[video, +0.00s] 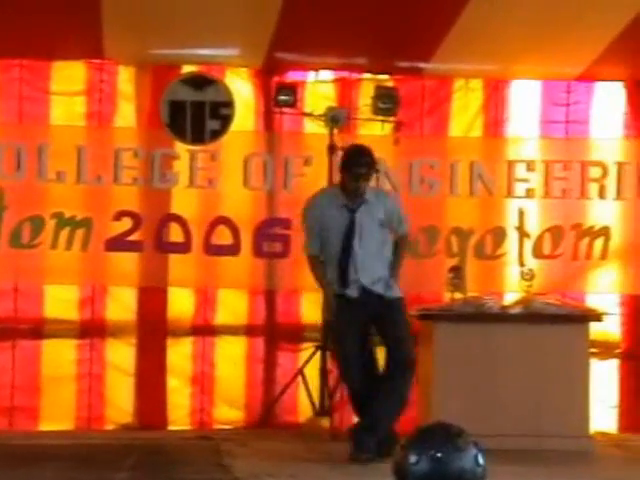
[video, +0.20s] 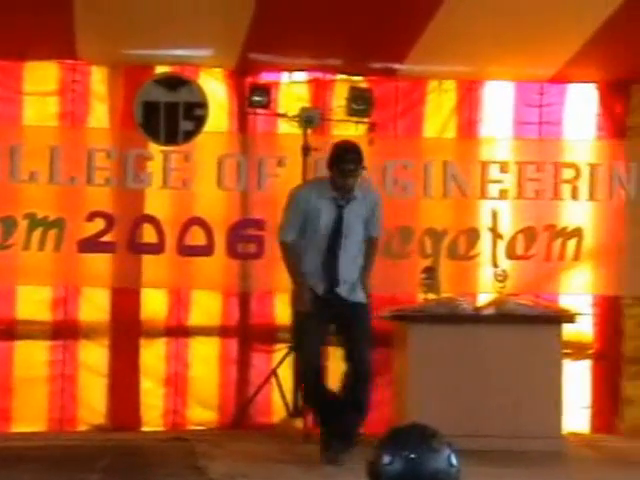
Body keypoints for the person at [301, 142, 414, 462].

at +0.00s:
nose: (360, 186)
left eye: (365, 179)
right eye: (354, 178)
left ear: (372, 177)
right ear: (341, 175)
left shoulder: (384, 203)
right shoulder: (319, 206)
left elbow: (402, 236)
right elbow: (314, 253)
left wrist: (392, 275)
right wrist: (328, 287)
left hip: (383, 294)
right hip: (344, 298)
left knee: (402, 361)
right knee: (355, 370)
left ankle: (369, 434)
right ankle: (383, 435)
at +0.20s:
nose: (348, 182)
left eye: (354, 175)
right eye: (342, 175)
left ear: (361, 172)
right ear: (330, 170)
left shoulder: (369, 199)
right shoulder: (305, 196)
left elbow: (372, 239)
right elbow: (287, 240)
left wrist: (365, 280)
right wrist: (299, 283)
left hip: (353, 294)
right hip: (313, 294)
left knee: (361, 366)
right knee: (309, 371)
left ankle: (343, 433)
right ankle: (335, 425)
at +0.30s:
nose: (348, 185)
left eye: (353, 178)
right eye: (342, 178)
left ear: (361, 175)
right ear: (329, 173)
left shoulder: (371, 202)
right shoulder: (304, 198)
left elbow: (374, 244)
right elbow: (283, 241)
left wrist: (362, 283)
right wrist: (290, 281)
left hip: (344, 299)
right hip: (304, 294)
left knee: (339, 374)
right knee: (280, 353)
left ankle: (327, 443)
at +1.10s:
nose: (320, 179)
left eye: (325, 171)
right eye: (314, 171)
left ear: (332, 169)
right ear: (300, 168)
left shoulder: (343, 196)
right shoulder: (276, 197)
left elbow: (351, 242)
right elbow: (263, 246)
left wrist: (338, 286)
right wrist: (277, 285)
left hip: (320, 296)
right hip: (283, 294)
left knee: (312, 373)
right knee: (278, 371)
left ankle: (280, 436)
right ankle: (285, 444)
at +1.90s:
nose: (296, 149)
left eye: (301, 140)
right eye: (289, 141)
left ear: (308, 140)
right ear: (276, 141)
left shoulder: (322, 176)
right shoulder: (251, 177)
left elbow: (329, 222)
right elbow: (238, 231)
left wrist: (329, 262)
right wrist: (255, 277)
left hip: (314, 282)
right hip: (273, 284)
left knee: (331, 356)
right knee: (283, 359)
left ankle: (321, 422)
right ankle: (306, 422)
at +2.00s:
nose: (300, 145)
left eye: (306, 137)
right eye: (293, 137)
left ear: (314, 141)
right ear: (281, 141)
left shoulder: (331, 180)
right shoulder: (257, 179)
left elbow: (339, 227)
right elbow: (236, 234)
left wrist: (328, 270)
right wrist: (249, 277)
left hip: (309, 280)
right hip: (265, 277)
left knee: (308, 365)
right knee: (247, 343)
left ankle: (293, 434)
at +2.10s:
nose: (296, 147)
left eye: (301, 139)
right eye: (289, 139)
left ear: (311, 141)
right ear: (278, 143)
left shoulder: (330, 184)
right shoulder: (261, 184)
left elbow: (341, 233)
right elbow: (237, 232)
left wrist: (329, 276)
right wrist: (244, 273)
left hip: (307, 287)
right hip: (264, 281)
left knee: (297, 369)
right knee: (241, 346)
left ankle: (284, 439)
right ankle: (233, 412)